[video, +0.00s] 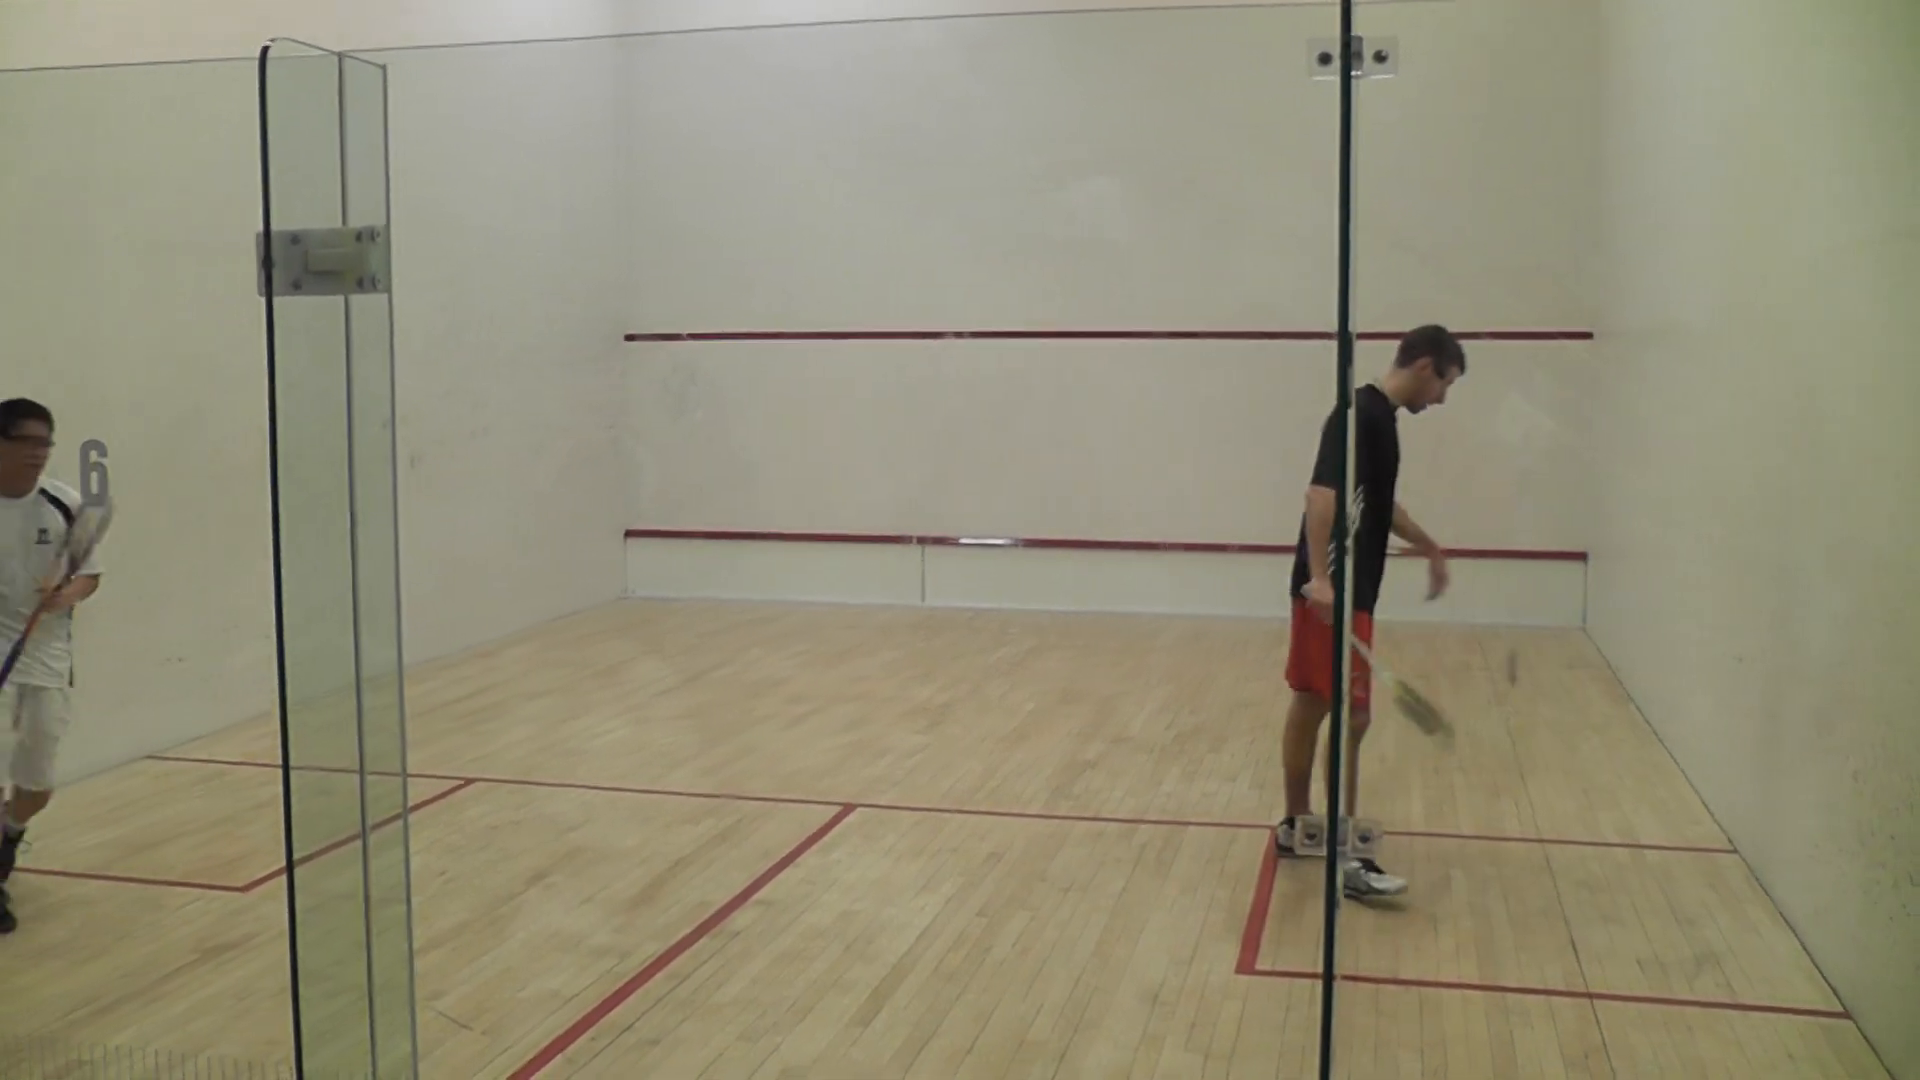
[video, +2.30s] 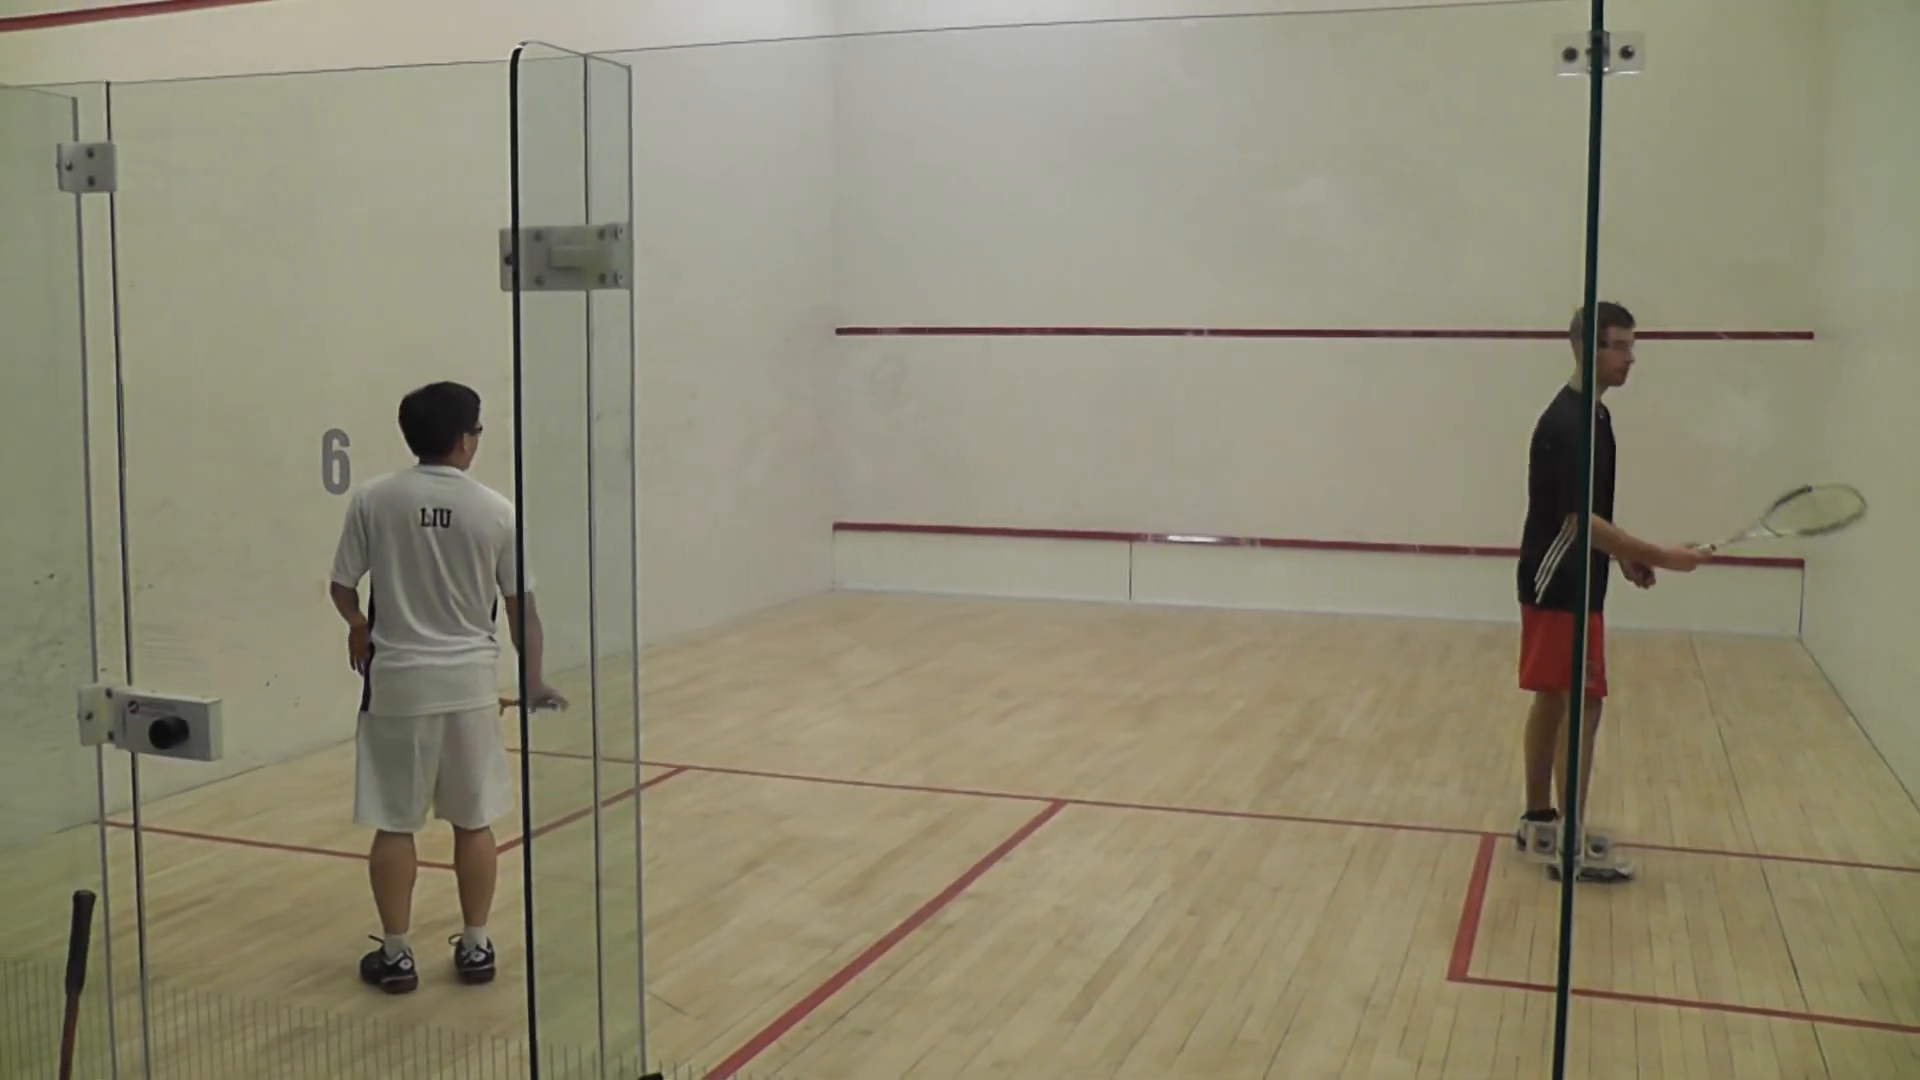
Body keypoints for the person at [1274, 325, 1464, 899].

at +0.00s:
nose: (1441, 398)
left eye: (1447, 388)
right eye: (1443, 384)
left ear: (1420, 367)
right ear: (1421, 366)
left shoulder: (1377, 417)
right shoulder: (1361, 413)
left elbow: (1377, 501)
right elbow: (1321, 497)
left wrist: (1428, 546)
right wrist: (1319, 575)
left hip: (1336, 589)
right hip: (1341, 594)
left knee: (1310, 703)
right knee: (1353, 715)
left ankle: (1298, 824)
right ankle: (1343, 852)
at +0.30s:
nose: (1459, 390)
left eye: (1465, 380)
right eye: (1461, 376)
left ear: (1435, 357)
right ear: (1439, 358)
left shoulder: (1380, 407)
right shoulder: (1386, 414)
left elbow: (1366, 509)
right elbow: (1367, 511)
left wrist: (1389, 584)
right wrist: (1392, 588)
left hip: (1344, 584)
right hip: (1352, 589)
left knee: (1336, 700)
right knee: (1352, 708)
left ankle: (1329, 818)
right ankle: (1338, 834)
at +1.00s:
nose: (1494, 370)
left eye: (1498, 358)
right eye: (1495, 356)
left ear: (1459, 340)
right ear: (1473, 342)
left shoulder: (1411, 393)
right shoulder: (1435, 404)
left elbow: (1408, 497)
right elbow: (1429, 505)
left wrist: (1430, 575)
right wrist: (1442, 583)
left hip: (1394, 569)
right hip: (1419, 577)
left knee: (1394, 685)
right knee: (1433, 690)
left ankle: (1370, 807)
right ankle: (1413, 819)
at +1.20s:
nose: (1551, 372)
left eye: (1556, 361)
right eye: (1552, 358)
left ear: (1518, 342)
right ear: (1531, 345)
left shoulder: (1469, 392)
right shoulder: (1486, 404)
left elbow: (1468, 493)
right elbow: (1480, 504)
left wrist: (1500, 545)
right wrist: (1491, 594)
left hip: (1458, 571)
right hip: (1467, 579)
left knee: (1474, 686)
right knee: (1483, 691)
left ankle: (1432, 792)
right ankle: (1457, 821)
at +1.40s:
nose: (1583, 371)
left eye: (1587, 360)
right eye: (1582, 358)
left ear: (1554, 346)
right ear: (1556, 346)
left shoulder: (1519, 401)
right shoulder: (1507, 404)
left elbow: (1521, 495)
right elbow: (1494, 506)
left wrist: (1578, 506)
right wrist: (1526, 584)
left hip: (1505, 583)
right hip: (1497, 586)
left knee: (1502, 694)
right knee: (1505, 699)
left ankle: (1477, 808)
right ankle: (1486, 832)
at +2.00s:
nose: (1559, 352)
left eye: (1570, 342)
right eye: (1552, 341)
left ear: (1593, 347)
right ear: (1543, 344)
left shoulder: (1596, 410)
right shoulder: (1531, 414)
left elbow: (1596, 487)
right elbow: (1522, 503)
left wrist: (1614, 536)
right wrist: (1588, 553)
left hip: (1568, 576)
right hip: (1539, 579)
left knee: (1541, 696)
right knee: (1559, 700)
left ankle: (1524, 817)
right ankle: (1545, 831)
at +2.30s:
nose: (1628, 357)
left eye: (1630, 346)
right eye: (1616, 346)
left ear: (1624, 350)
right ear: (1585, 349)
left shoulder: (1587, 413)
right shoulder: (1573, 421)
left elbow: (1591, 506)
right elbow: (1579, 520)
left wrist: (1625, 552)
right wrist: (1656, 552)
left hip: (1556, 585)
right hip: (1567, 589)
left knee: (1551, 697)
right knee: (1586, 704)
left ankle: (1539, 820)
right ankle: (1569, 842)